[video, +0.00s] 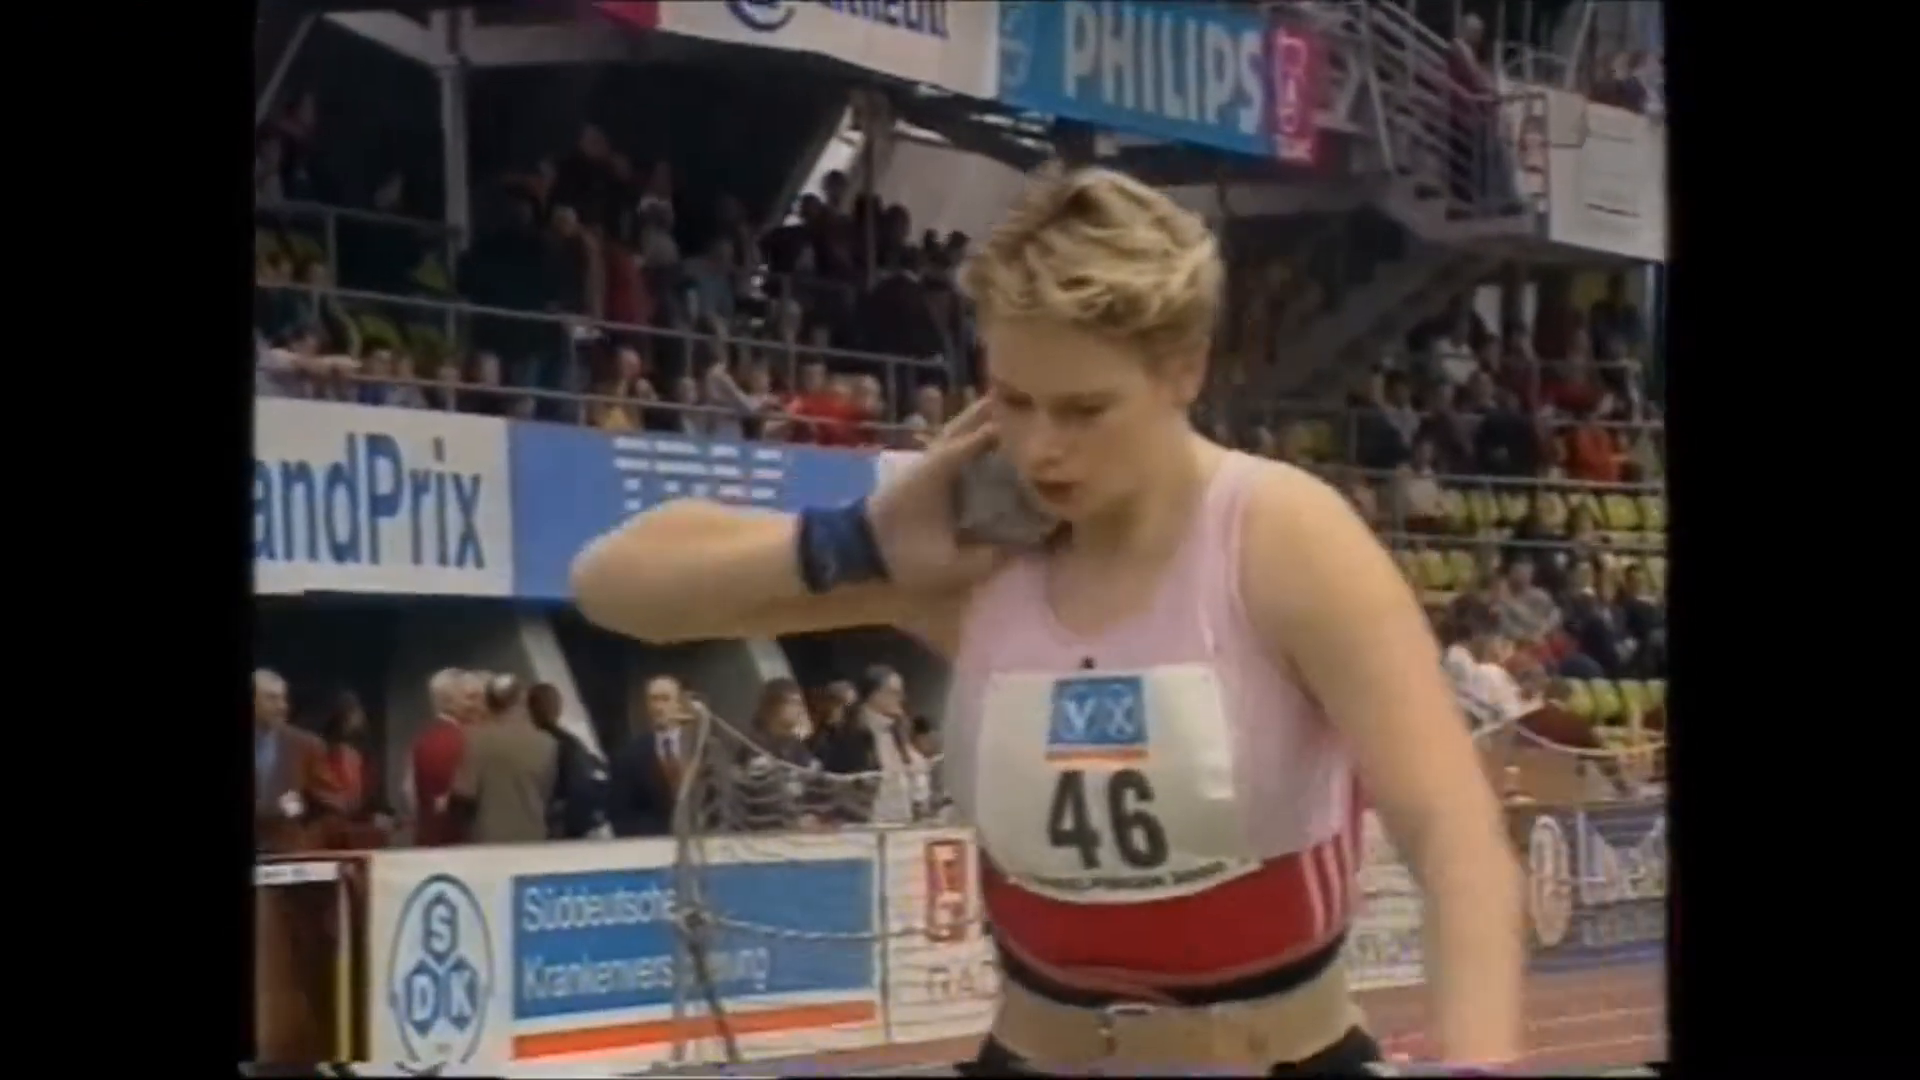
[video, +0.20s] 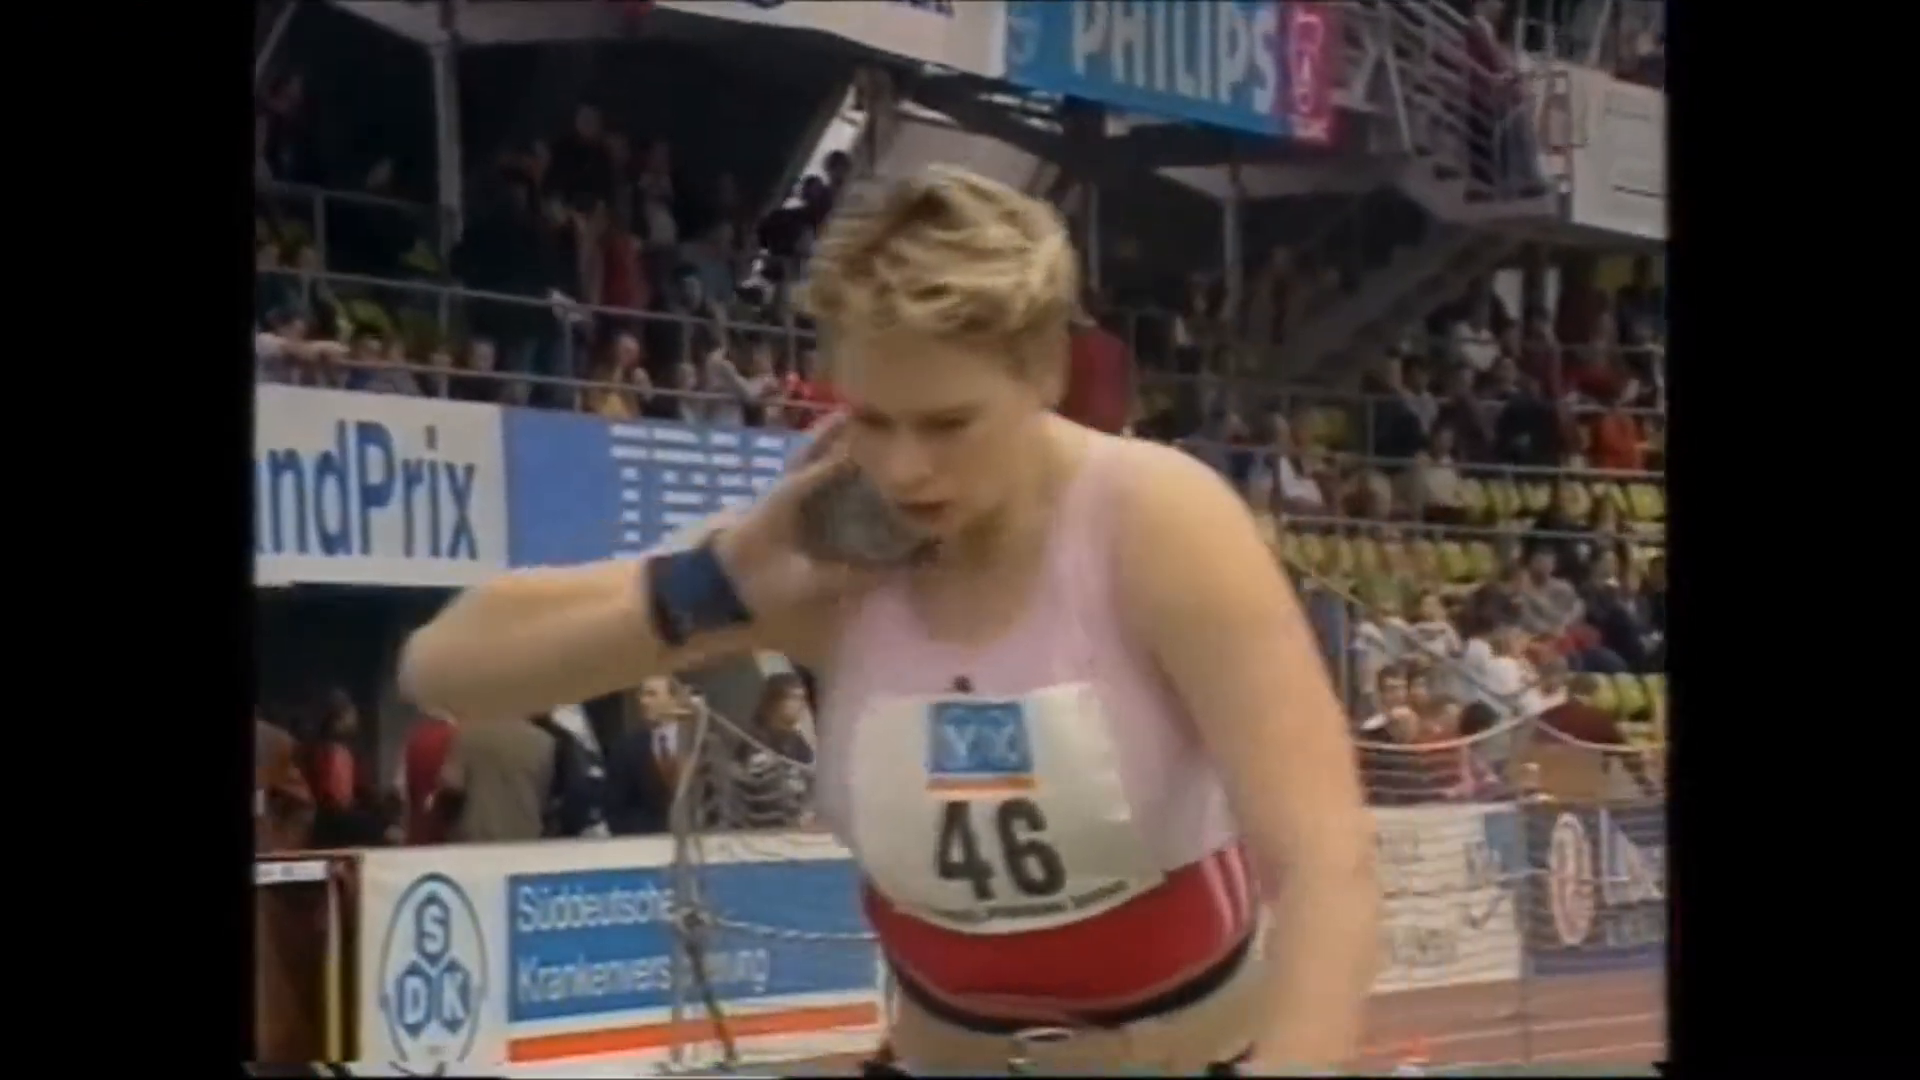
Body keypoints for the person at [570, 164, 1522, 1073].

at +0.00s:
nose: (1034, 448)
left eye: (1077, 409)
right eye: (1008, 400)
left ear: (1182, 371)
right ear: (986, 368)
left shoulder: (1287, 537)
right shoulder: (962, 545)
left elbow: (1463, 847)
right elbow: (606, 583)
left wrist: (1474, 1064)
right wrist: (861, 546)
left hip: (1276, 1059)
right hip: (1034, 1057)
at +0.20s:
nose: (904, 472)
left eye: (948, 424)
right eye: (867, 423)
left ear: (1047, 375)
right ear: (832, 397)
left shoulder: (1162, 521)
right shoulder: (817, 555)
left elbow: (1330, 875)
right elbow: (437, 669)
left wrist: (1286, 1069)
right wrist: (719, 580)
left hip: (1192, 1048)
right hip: (943, 1053)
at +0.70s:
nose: (659, 707)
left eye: (705, 664)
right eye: (617, 665)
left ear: (818, 560)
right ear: (574, 594)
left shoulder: (996, 635)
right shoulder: (543, 647)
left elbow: (1251, 1041)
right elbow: (256, 867)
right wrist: (505, 814)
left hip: (1089, 1038)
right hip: (840, 1048)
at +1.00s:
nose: (680, 764)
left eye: (716, 718)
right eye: (632, 721)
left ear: (828, 602)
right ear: (577, 637)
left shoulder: (1047, 647)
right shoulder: (568, 646)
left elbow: (1246, 1052)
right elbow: (256, 893)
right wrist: (514, 863)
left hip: (1153, 1036)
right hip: (861, 1043)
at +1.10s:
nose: (696, 686)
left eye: (737, 631)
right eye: (645, 639)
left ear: (849, 514)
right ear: (592, 557)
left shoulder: (1071, 577)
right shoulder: (575, 563)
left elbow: (1254, 1049)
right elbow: (261, 834)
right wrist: (524, 790)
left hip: (1172, 1032)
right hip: (912, 1042)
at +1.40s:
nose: (783, 293)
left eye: (842, 235)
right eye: (729, 235)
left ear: (980, 122)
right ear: (671, 165)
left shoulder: (1173, 253)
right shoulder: (625, 291)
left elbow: (1306, 816)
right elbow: (260, 504)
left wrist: (1175, 1069)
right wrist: (568, 444)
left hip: (1240, 1001)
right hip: (900, 1022)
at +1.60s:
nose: (837, 380)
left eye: (898, 317)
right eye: (784, 318)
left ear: (1039, 189)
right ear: (729, 229)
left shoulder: (1253, 309)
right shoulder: (674, 316)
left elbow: (1375, 957)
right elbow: (269, 548)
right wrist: (624, 528)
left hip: (1303, 1014)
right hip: (962, 1021)